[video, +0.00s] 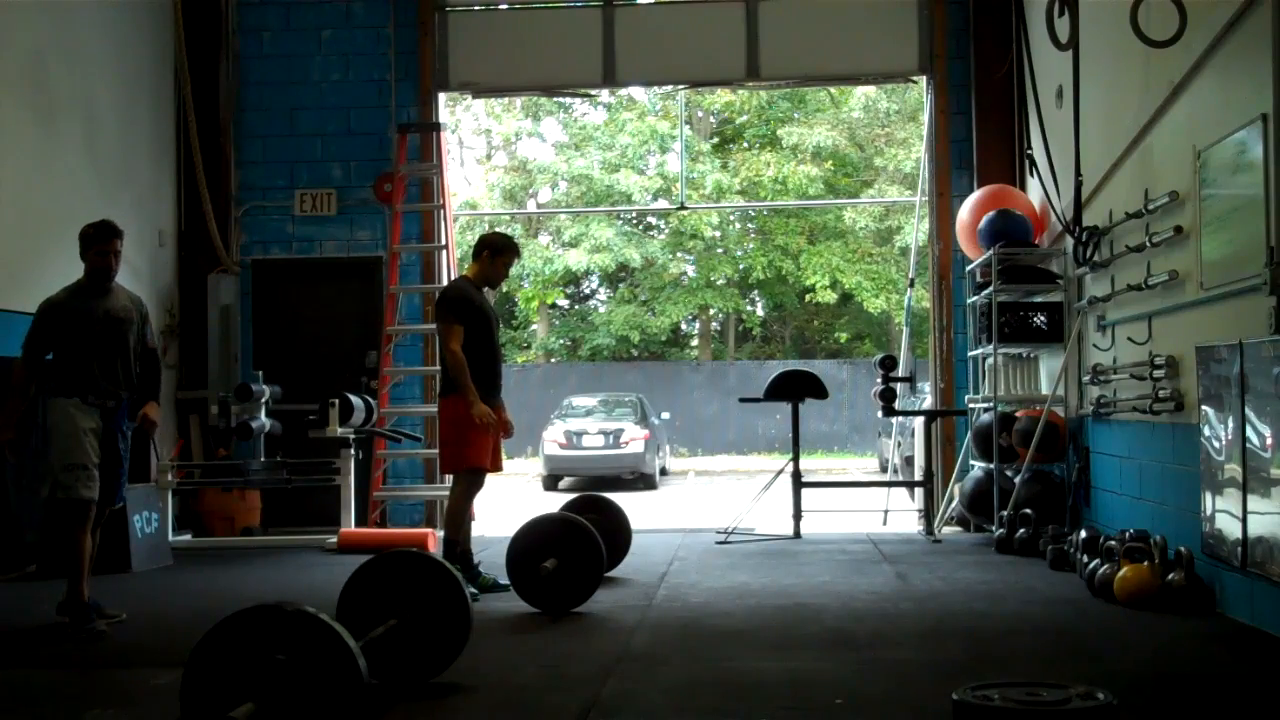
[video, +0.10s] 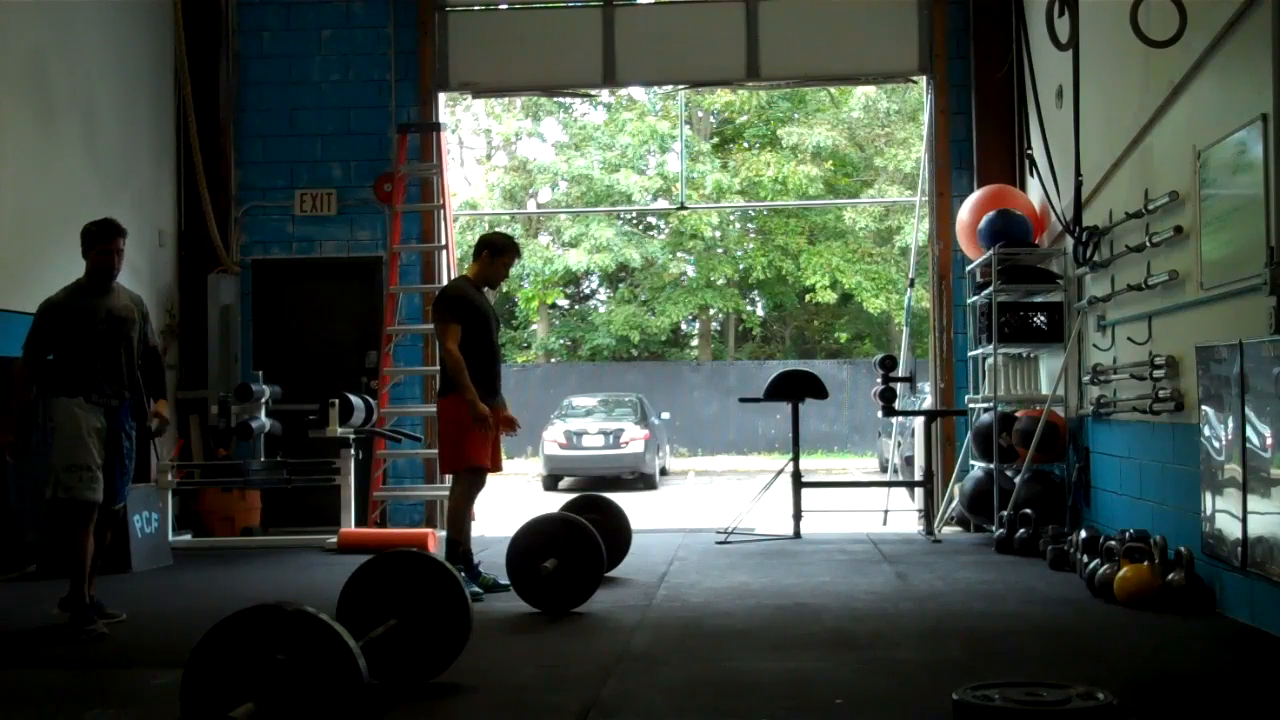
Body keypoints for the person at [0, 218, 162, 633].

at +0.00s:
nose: (111, 261)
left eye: (116, 254)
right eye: (103, 254)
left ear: (121, 256)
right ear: (84, 254)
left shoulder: (134, 307)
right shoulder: (56, 307)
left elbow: (149, 360)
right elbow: (29, 363)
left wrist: (152, 400)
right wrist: (26, 412)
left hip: (116, 417)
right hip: (69, 414)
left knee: (98, 508)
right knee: (82, 504)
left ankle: (77, 598)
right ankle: (78, 601)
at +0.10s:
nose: (114, 259)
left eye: (119, 252)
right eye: (106, 252)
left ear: (124, 254)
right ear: (88, 254)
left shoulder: (134, 306)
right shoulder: (57, 307)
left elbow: (150, 360)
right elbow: (30, 366)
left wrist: (156, 401)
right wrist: (22, 419)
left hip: (120, 418)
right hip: (72, 416)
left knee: (104, 508)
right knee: (84, 505)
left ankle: (83, 595)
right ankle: (79, 601)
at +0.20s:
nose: (123, 258)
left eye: (126, 250)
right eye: (115, 250)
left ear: (129, 251)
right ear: (93, 250)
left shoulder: (134, 303)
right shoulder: (59, 304)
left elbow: (150, 358)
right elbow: (34, 367)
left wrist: (172, 402)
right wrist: (31, 422)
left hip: (124, 425)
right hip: (75, 425)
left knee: (115, 513)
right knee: (79, 514)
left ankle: (99, 595)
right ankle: (80, 607)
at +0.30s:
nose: (135, 256)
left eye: (136, 248)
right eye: (128, 249)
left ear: (129, 249)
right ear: (105, 249)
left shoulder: (135, 300)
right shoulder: (63, 302)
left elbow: (150, 358)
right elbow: (39, 365)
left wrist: (179, 405)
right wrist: (40, 421)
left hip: (129, 422)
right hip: (80, 425)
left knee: (152, 500)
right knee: (82, 512)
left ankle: (111, 576)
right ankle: (80, 604)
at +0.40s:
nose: (148, 256)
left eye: (149, 248)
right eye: (141, 248)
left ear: (135, 250)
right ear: (116, 248)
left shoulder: (140, 299)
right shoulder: (72, 300)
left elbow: (155, 360)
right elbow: (48, 362)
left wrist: (180, 407)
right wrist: (51, 417)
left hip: (135, 417)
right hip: (86, 419)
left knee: (166, 498)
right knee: (82, 511)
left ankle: (139, 589)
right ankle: (79, 605)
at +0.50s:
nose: (161, 257)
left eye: (162, 249)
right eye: (155, 249)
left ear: (142, 251)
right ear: (130, 249)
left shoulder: (151, 302)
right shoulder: (85, 299)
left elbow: (158, 366)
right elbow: (63, 360)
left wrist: (179, 413)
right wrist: (72, 414)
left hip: (144, 417)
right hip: (96, 419)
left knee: (166, 505)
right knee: (88, 514)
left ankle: (174, 601)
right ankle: (80, 607)